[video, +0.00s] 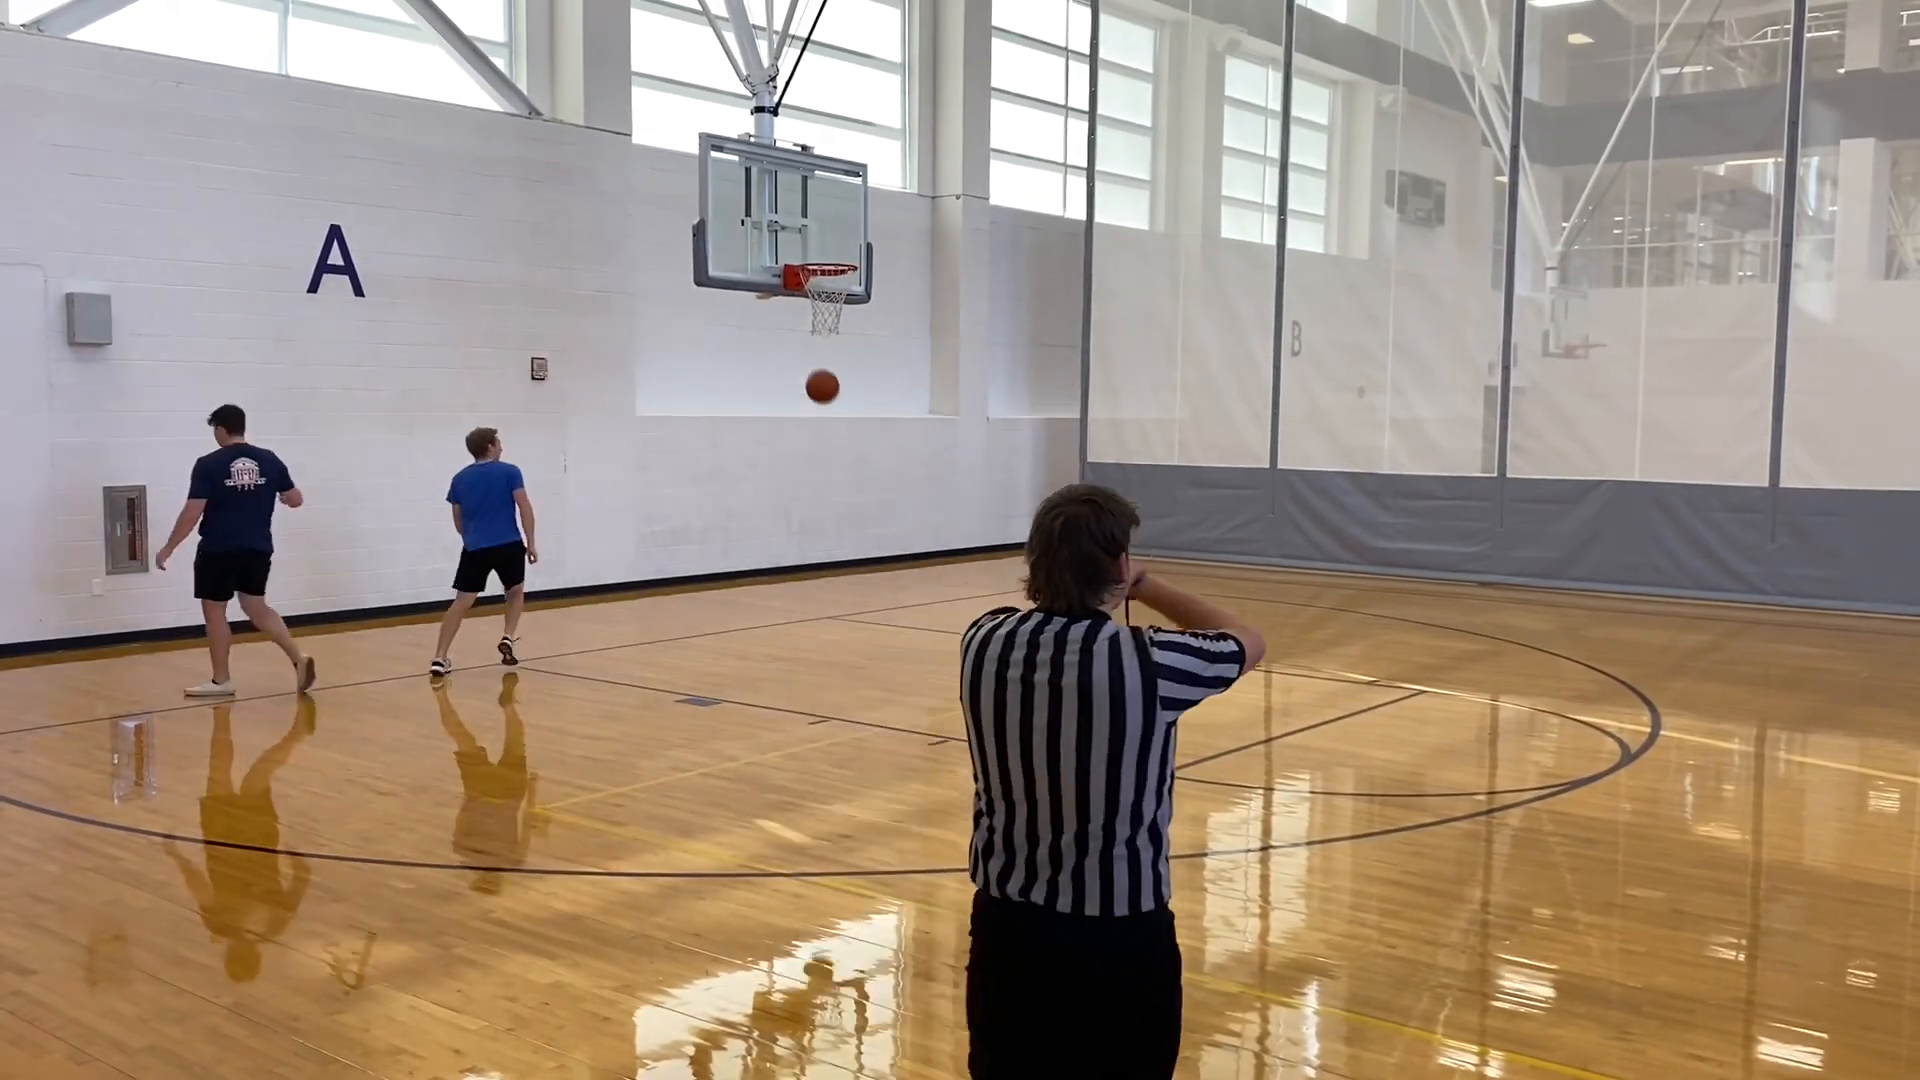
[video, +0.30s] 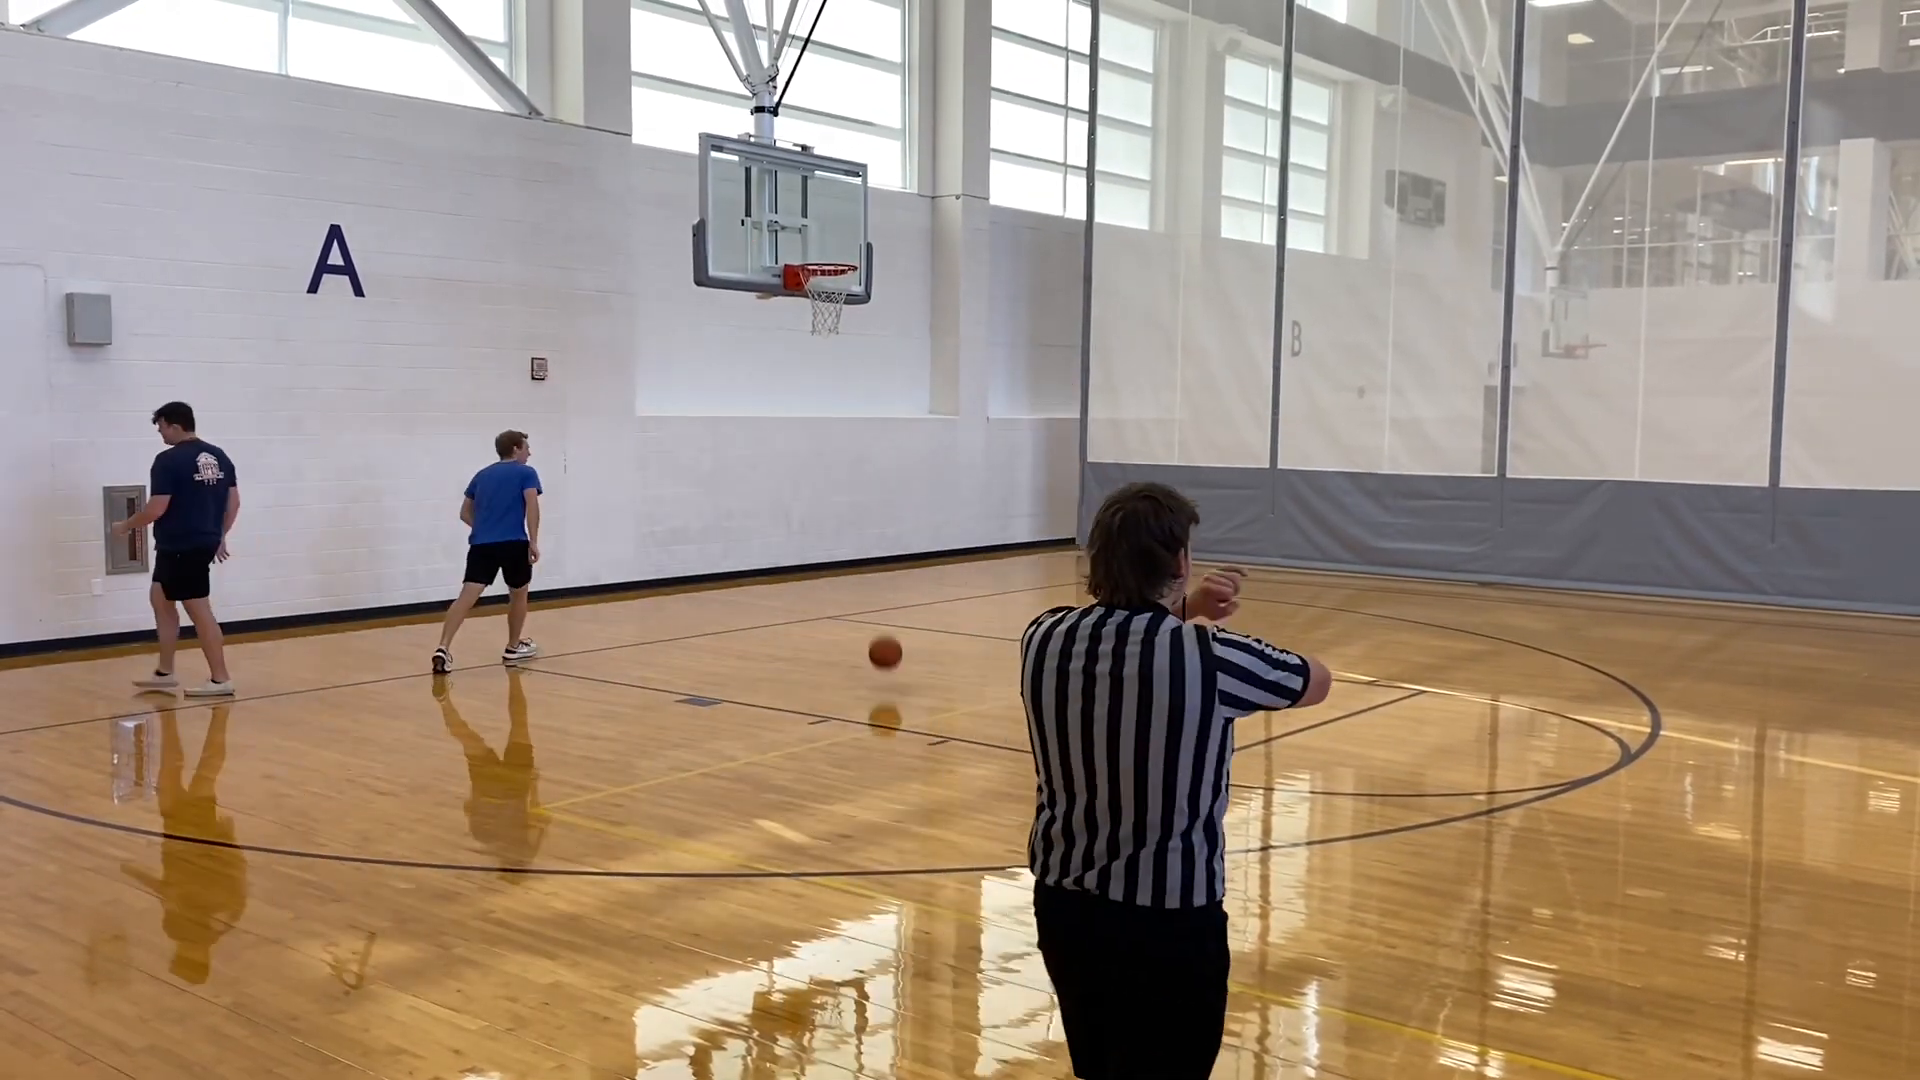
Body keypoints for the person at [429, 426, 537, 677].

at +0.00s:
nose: (501, 447)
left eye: (499, 443)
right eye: (498, 443)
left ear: (474, 450)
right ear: (491, 447)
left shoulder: (460, 478)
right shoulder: (509, 471)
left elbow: (459, 524)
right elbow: (525, 509)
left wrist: (475, 540)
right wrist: (531, 544)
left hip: (475, 552)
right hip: (509, 548)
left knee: (461, 602)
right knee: (515, 593)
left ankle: (439, 658)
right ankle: (508, 638)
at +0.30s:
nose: (529, 452)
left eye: (528, 447)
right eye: (526, 448)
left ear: (502, 452)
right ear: (516, 449)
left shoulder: (481, 475)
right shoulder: (525, 472)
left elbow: (465, 514)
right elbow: (531, 504)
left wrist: (487, 529)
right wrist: (534, 541)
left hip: (481, 546)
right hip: (513, 544)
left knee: (466, 596)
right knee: (519, 594)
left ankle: (442, 649)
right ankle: (514, 646)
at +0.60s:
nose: (560, 441)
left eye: (559, 437)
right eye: (556, 437)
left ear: (537, 439)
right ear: (541, 438)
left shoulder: (515, 460)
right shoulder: (547, 462)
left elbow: (500, 497)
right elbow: (547, 497)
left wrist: (520, 512)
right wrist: (552, 528)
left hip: (511, 531)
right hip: (534, 533)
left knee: (520, 584)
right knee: (526, 589)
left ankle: (489, 626)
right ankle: (515, 644)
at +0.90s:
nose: (591, 447)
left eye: (592, 443)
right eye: (588, 442)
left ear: (571, 443)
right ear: (573, 442)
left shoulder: (553, 463)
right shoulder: (570, 467)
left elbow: (541, 498)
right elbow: (569, 507)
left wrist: (572, 521)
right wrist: (578, 533)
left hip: (549, 533)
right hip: (559, 535)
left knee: (575, 582)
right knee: (541, 592)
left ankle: (592, 635)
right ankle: (516, 641)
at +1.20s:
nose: (626, 440)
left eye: (628, 436)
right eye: (622, 435)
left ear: (625, 438)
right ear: (608, 436)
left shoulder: (610, 460)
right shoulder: (600, 461)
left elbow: (604, 500)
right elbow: (594, 502)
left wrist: (619, 519)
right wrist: (616, 528)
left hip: (603, 527)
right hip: (596, 528)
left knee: (604, 581)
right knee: (616, 582)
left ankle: (599, 636)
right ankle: (568, 617)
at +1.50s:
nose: (661, 444)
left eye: (663, 440)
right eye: (657, 439)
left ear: (663, 442)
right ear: (644, 440)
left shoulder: (654, 465)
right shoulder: (632, 467)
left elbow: (657, 498)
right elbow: (621, 506)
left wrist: (679, 516)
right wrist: (638, 536)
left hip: (644, 533)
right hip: (634, 535)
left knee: (620, 582)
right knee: (656, 584)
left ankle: (601, 632)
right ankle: (679, 635)